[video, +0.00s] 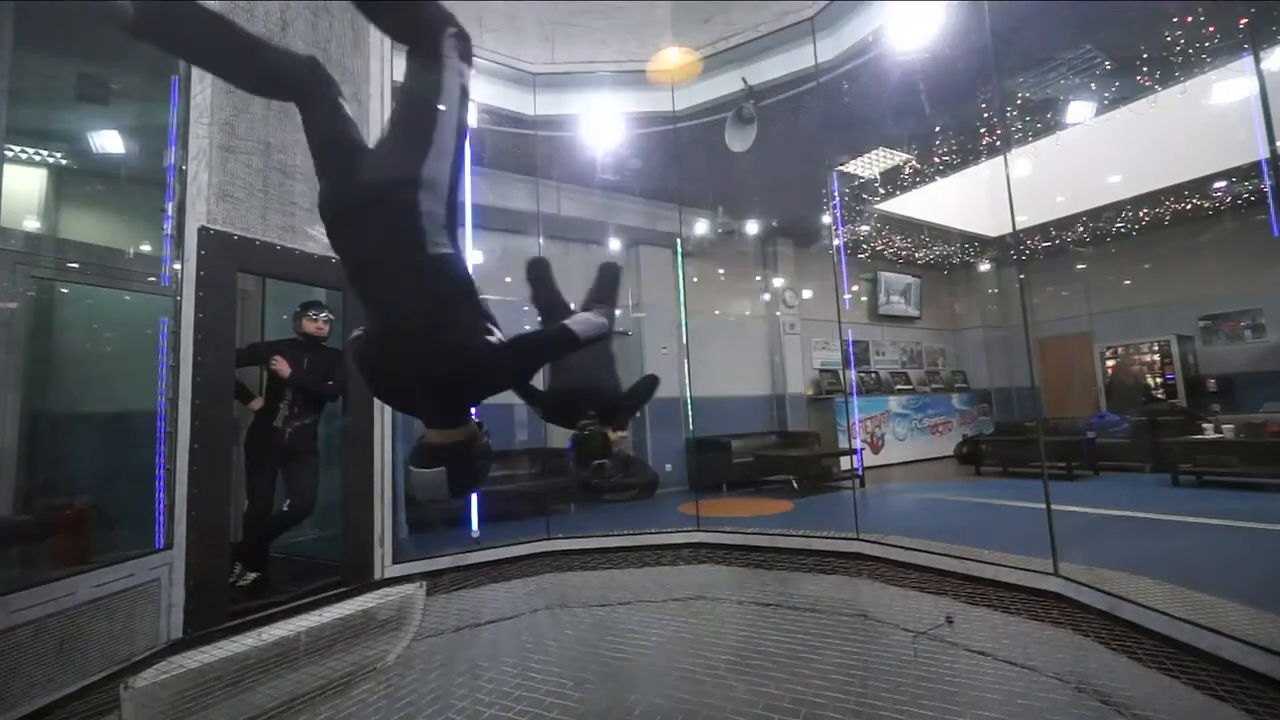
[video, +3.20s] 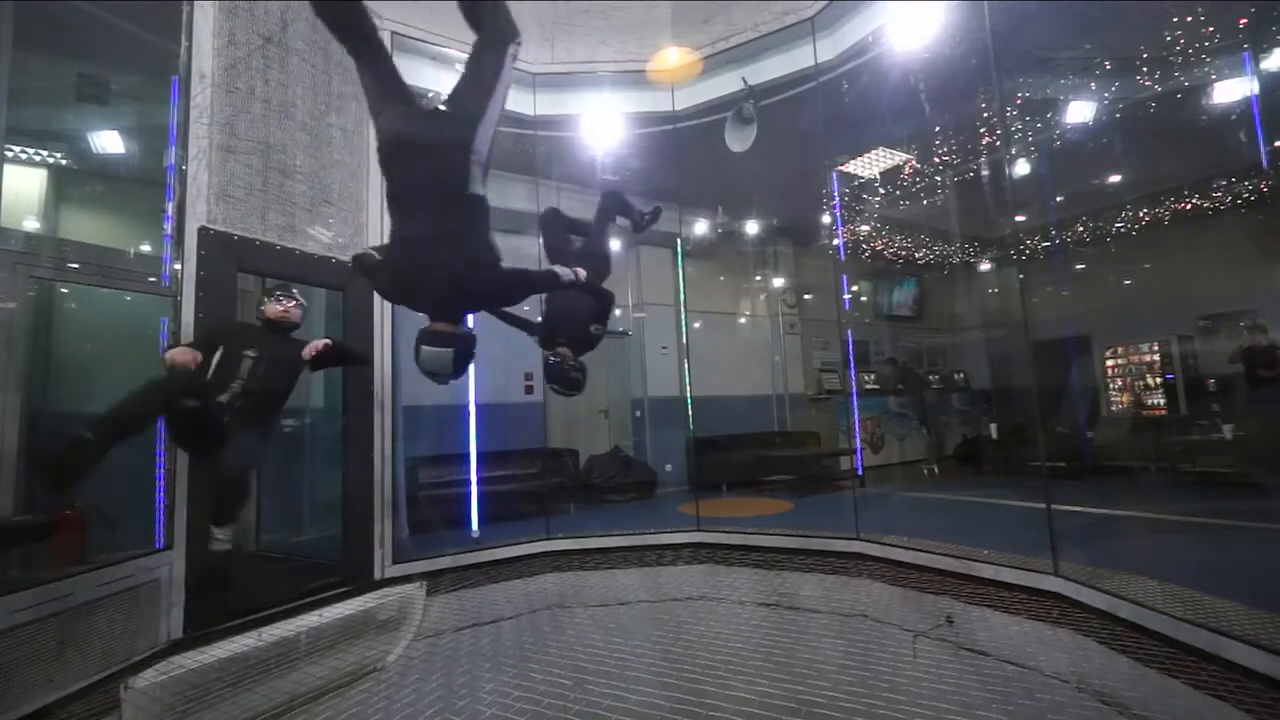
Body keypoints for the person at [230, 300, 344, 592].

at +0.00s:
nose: (319, 324)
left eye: (325, 320)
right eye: (313, 319)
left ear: (330, 326)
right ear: (299, 323)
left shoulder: (334, 357)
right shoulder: (279, 348)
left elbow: (333, 392)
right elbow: (223, 361)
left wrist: (291, 375)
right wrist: (249, 398)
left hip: (302, 441)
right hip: (264, 437)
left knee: (303, 504)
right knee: (260, 505)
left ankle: (241, 553)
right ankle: (254, 570)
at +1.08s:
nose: (319, 314)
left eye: (322, 309)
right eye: (314, 309)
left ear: (328, 313)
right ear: (302, 311)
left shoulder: (332, 346)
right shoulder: (274, 343)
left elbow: (341, 390)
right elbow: (256, 380)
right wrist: (297, 363)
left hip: (316, 439)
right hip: (281, 438)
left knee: (301, 506)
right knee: (272, 506)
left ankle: (286, 574)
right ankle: (258, 571)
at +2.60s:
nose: (315, 310)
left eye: (319, 306)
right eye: (307, 305)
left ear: (323, 313)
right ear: (290, 310)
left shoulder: (319, 351)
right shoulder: (266, 338)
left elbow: (352, 379)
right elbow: (235, 362)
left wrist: (354, 357)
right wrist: (279, 360)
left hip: (301, 437)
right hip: (265, 431)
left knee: (299, 506)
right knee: (229, 465)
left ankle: (283, 573)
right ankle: (236, 539)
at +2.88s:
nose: (310, 317)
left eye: (314, 313)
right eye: (301, 312)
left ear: (320, 322)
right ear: (284, 320)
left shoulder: (317, 355)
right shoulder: (262, 347)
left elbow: (335, 357)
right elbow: (209, 365)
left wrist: (352, 361)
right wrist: (252, 363)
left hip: (295, 446)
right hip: (256, 438)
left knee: (301, 517)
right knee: (216, 445)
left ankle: (281, 577)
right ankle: (191, 518)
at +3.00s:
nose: (305, 312)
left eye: (310, 309)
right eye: (297, 306)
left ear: (314, 321)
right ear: (280, 313)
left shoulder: (312, 352)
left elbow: (329, 356)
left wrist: (341, 356)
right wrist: (218, 349)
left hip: (282, 440)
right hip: (243, 431)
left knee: (288, 516)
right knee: (204, 426)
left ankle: (279, 575)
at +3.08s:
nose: (299, 306)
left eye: (305, 304)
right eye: (291, 301)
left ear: (309, 318)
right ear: (275, 308)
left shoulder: (309, 349)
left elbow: (364, 356)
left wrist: (338, 350)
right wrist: (182, 349)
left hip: (265, 434)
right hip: (222, 419)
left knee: (270, 518)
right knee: (194, 418)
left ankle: (265, 553)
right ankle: (124, 466)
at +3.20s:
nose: (287, 305)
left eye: (294, 304)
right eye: (280, 300)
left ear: (300, 318)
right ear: (263, 307)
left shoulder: (301, 350)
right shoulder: (231, 331)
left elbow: (363, 360)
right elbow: (180, 352)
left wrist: (333, 348)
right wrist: (175, 355)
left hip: (239, 440)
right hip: (199, 423)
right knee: (168, 385)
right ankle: (91, 442)